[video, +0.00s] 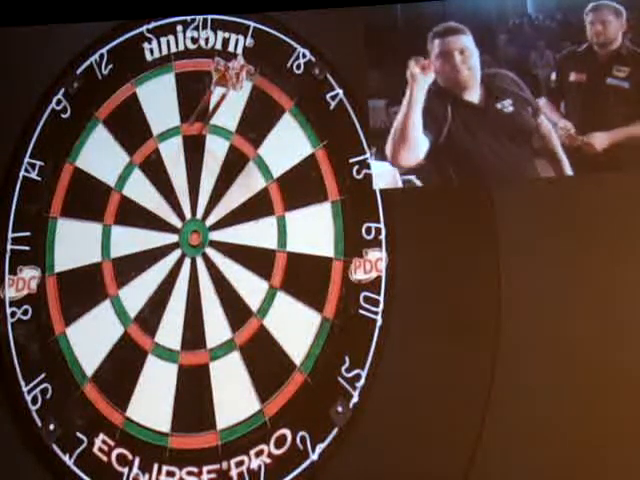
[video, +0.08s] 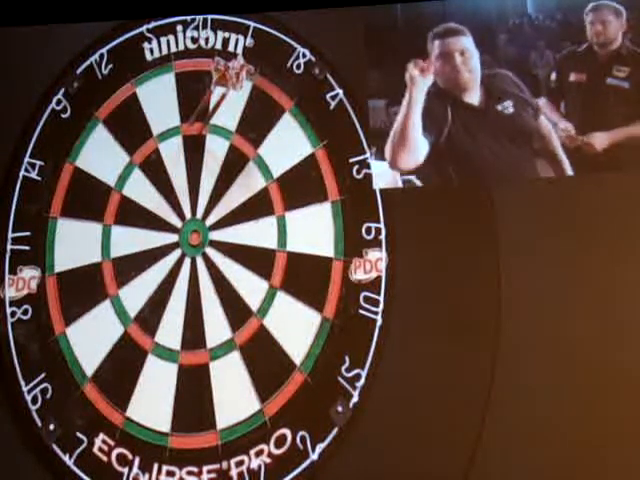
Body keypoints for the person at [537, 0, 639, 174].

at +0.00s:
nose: (597, 29)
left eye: (604, 22)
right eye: (592, 23)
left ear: (623, 25)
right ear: (585, 28)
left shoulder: (634, 62)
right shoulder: (568, 60)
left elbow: (637, 125)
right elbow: (546, 102)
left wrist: (608, 138)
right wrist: (559, 123)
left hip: (624, 171)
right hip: (578, 170)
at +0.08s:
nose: (597, 29)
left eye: (604, 22)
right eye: (592, 23)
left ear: (623, 25)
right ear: (585, 28)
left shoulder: (634, 62)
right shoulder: (568, 60)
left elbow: (637, 125)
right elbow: (546, 102)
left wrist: (608, 138)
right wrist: (559, 124)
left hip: (624, 171)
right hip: (577, 170)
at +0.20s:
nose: (597, 29)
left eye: (604, 22)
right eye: (592, 23)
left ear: (622, 25)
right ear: (586, 28)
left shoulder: (635, 63)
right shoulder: (568, 61)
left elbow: (637, 125)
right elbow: (549, 102)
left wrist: (614, 143)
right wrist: (558, 127)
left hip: (625, 172)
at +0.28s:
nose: (597, 29)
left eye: (604, 23)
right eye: (591, 23)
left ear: (622, 25)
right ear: (585, 28)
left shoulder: (635, 63)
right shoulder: (568, 61)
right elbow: (549, 104)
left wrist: (619, 146)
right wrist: (558, 132)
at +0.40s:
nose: (597, 29)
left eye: (604, 23)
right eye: (592, 23)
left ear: (623, 26)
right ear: (586, 28)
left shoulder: (635, 62)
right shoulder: (569, 61)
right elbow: (546, 105)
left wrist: (633, 154)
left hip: (626, 168)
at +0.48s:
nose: (597, 29)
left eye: (604, 23)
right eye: (592, 24)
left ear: (623, 26)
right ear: (586, 28)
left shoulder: (635, 63)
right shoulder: (568, 62)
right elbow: (551, 107)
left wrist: (633, 137)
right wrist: (554, 138)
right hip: (577, 170)